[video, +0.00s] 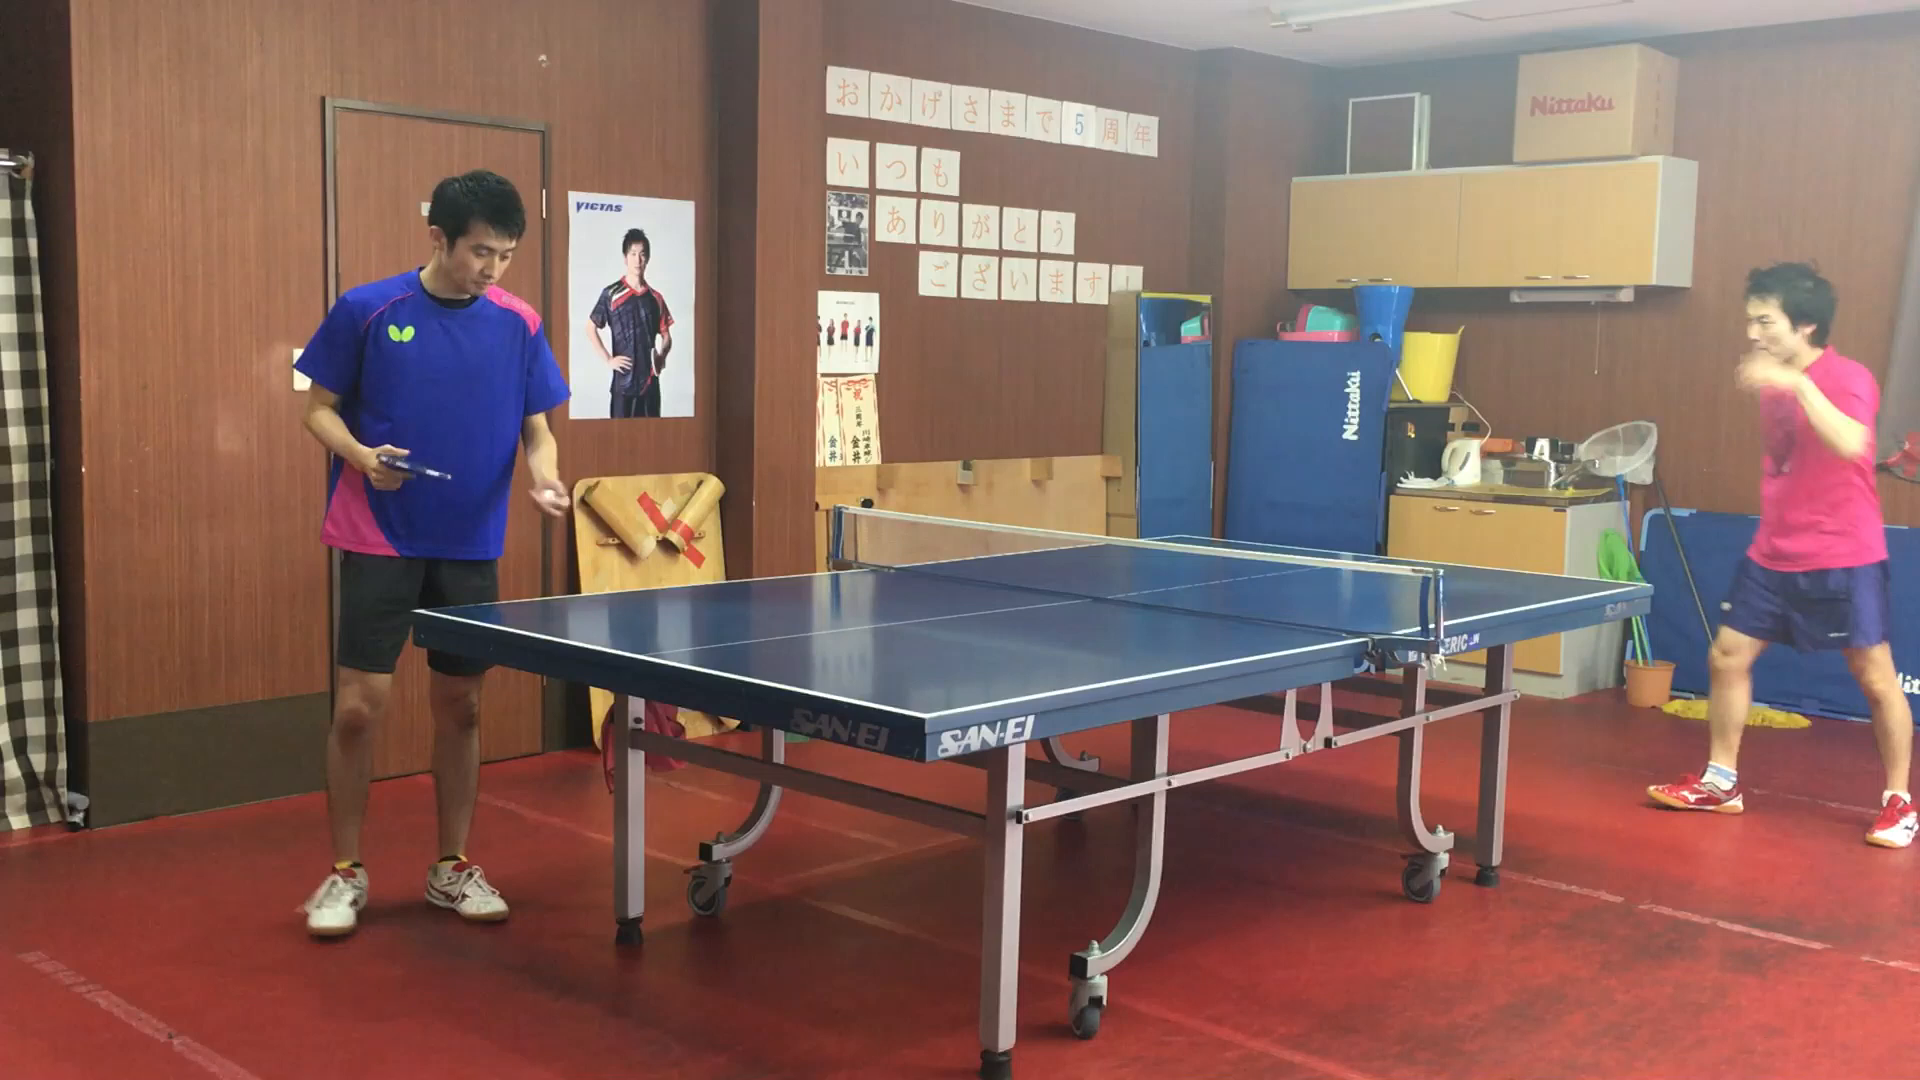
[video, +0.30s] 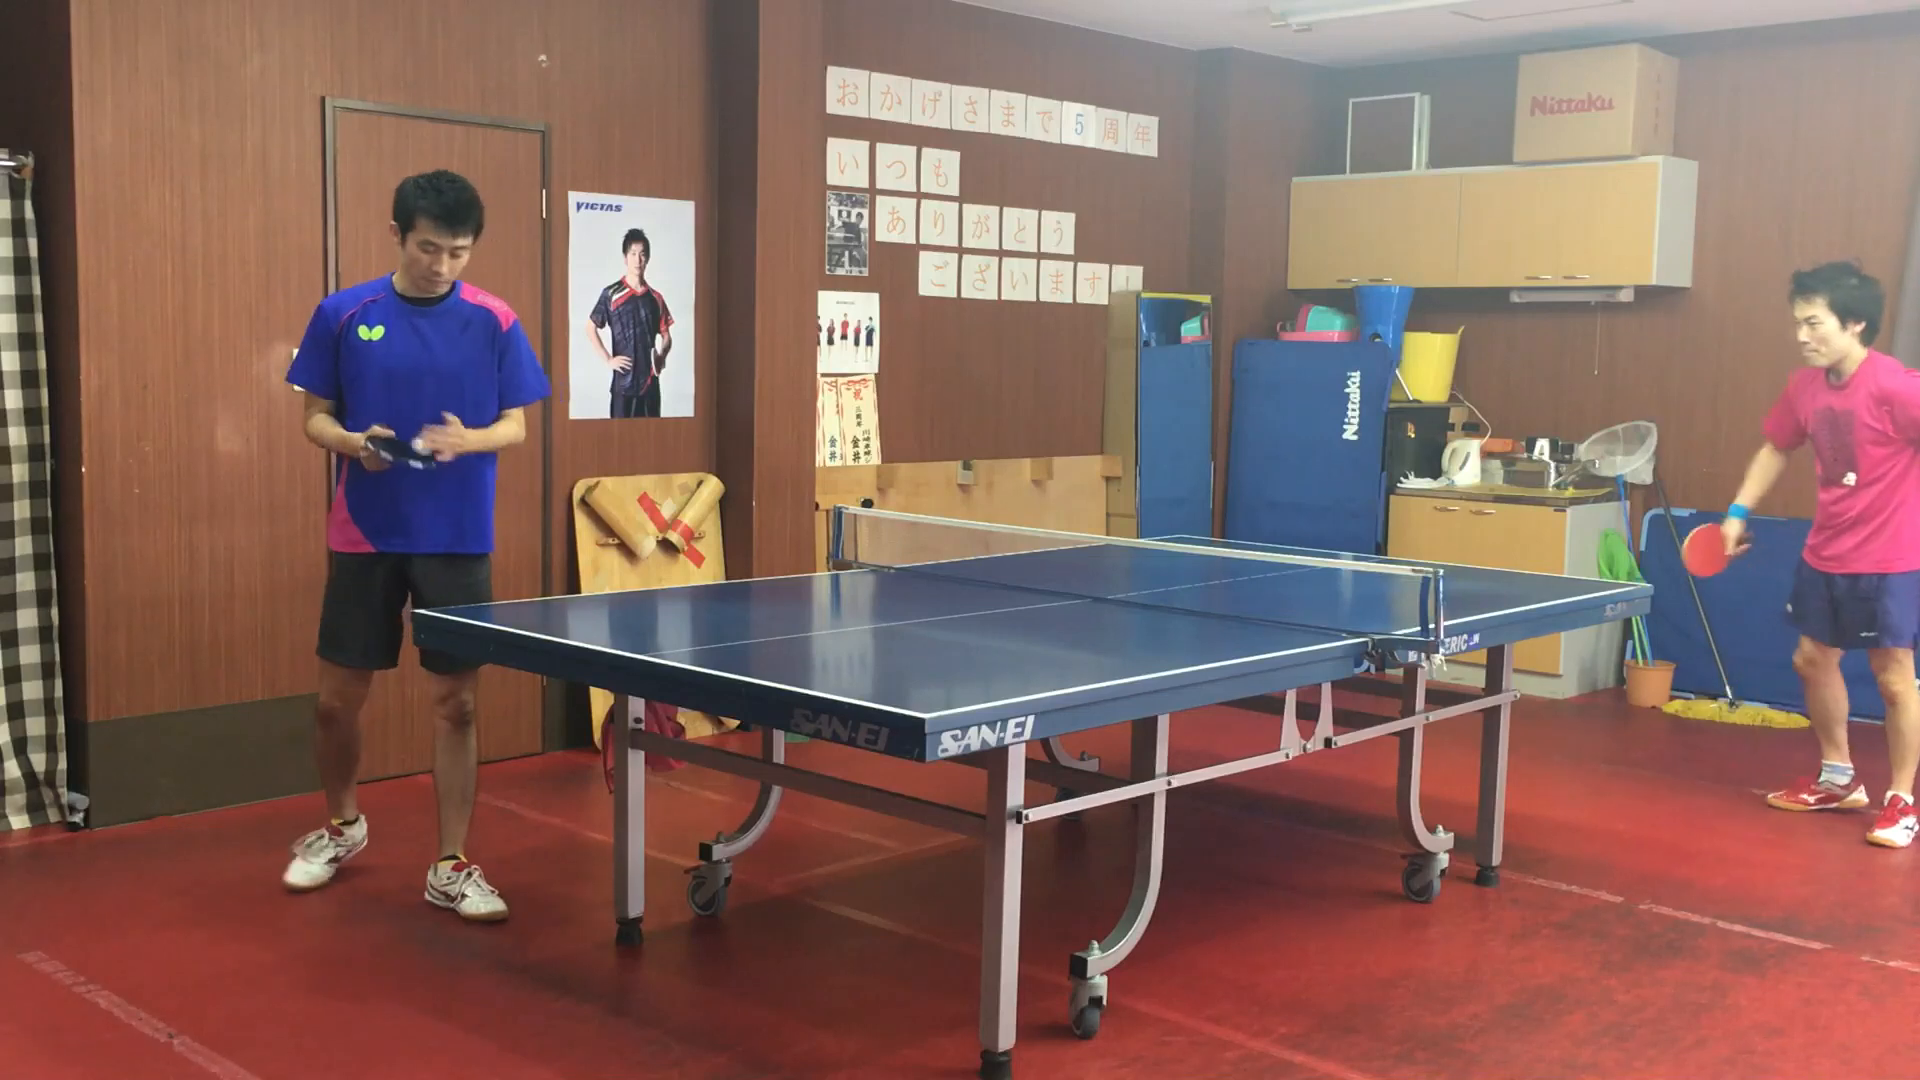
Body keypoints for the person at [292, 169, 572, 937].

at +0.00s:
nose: (494, 269)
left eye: (504, 255)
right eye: (482, 252)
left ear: (510, 250)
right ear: (437, 236)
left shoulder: (519, 326)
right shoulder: (365, 311)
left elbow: (538, 430)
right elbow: (317, 406)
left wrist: (545, 476)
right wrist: (359, 454)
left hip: (468, 549)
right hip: (375, 542)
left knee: (460, 707)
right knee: (356, 712)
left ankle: (452, 867)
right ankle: (346, 871)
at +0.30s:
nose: (441, 268)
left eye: (456, 252)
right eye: (428, 250)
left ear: (473, 247)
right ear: (398, 237)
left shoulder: (493, 321)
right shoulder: (343, 314)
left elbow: (517, 427)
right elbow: (314, 418)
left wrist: (468, 439)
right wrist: (353, 443)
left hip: (455, 550)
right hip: (363, 546)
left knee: (456, 705)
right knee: (336, 702)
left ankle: (451, 864)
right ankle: (342, 827)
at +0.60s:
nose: (372, 272)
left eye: (385, 257)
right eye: (358, 257)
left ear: (406, 249)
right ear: (334, 247)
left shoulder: (443, 322)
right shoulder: (299, 319)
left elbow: (470, 425)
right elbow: (272, 421)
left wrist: (415, 425)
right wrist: (306, 436)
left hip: (413, 544)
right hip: (328, 543)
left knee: (432, 694)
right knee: (336, 688)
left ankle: (445, 852)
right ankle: (349, 834)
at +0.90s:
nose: (345, 272)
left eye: (358, 257)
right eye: (331, 259)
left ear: (379, 246)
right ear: (308, 248)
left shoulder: (417, 314)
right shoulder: (275, 317)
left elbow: (446, 417)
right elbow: (258, 417)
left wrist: (383, 439)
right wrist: (293, 437)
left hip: (394, 535)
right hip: (315, 537)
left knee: (390, 683)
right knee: (328, 684)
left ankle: (387, 843)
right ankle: (346, 835)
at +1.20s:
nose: (348, 278)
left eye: (361, 264)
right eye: (334, 264)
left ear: (381, 252)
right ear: (311, 250)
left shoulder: (415, 317)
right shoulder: (270, 316)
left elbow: (443, 422)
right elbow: (247, 421)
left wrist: (385, 444)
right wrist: (292, 438)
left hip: (386, 541)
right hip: (305, 542)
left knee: (377, 696)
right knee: (315, 696)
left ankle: (367, 849)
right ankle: (342, 835)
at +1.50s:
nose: (350, 281)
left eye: (365, 267)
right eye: (337, 265)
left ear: (385, 254)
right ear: (312, 247)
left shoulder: (413, 320)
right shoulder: (265, 316)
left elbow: (435, 427)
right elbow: (240, 423)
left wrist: (383, 445)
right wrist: (288, 436)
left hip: (379, 547)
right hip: (291, 545)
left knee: (378, 699)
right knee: (259, 696)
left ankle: (367, 851)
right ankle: (292, 829)